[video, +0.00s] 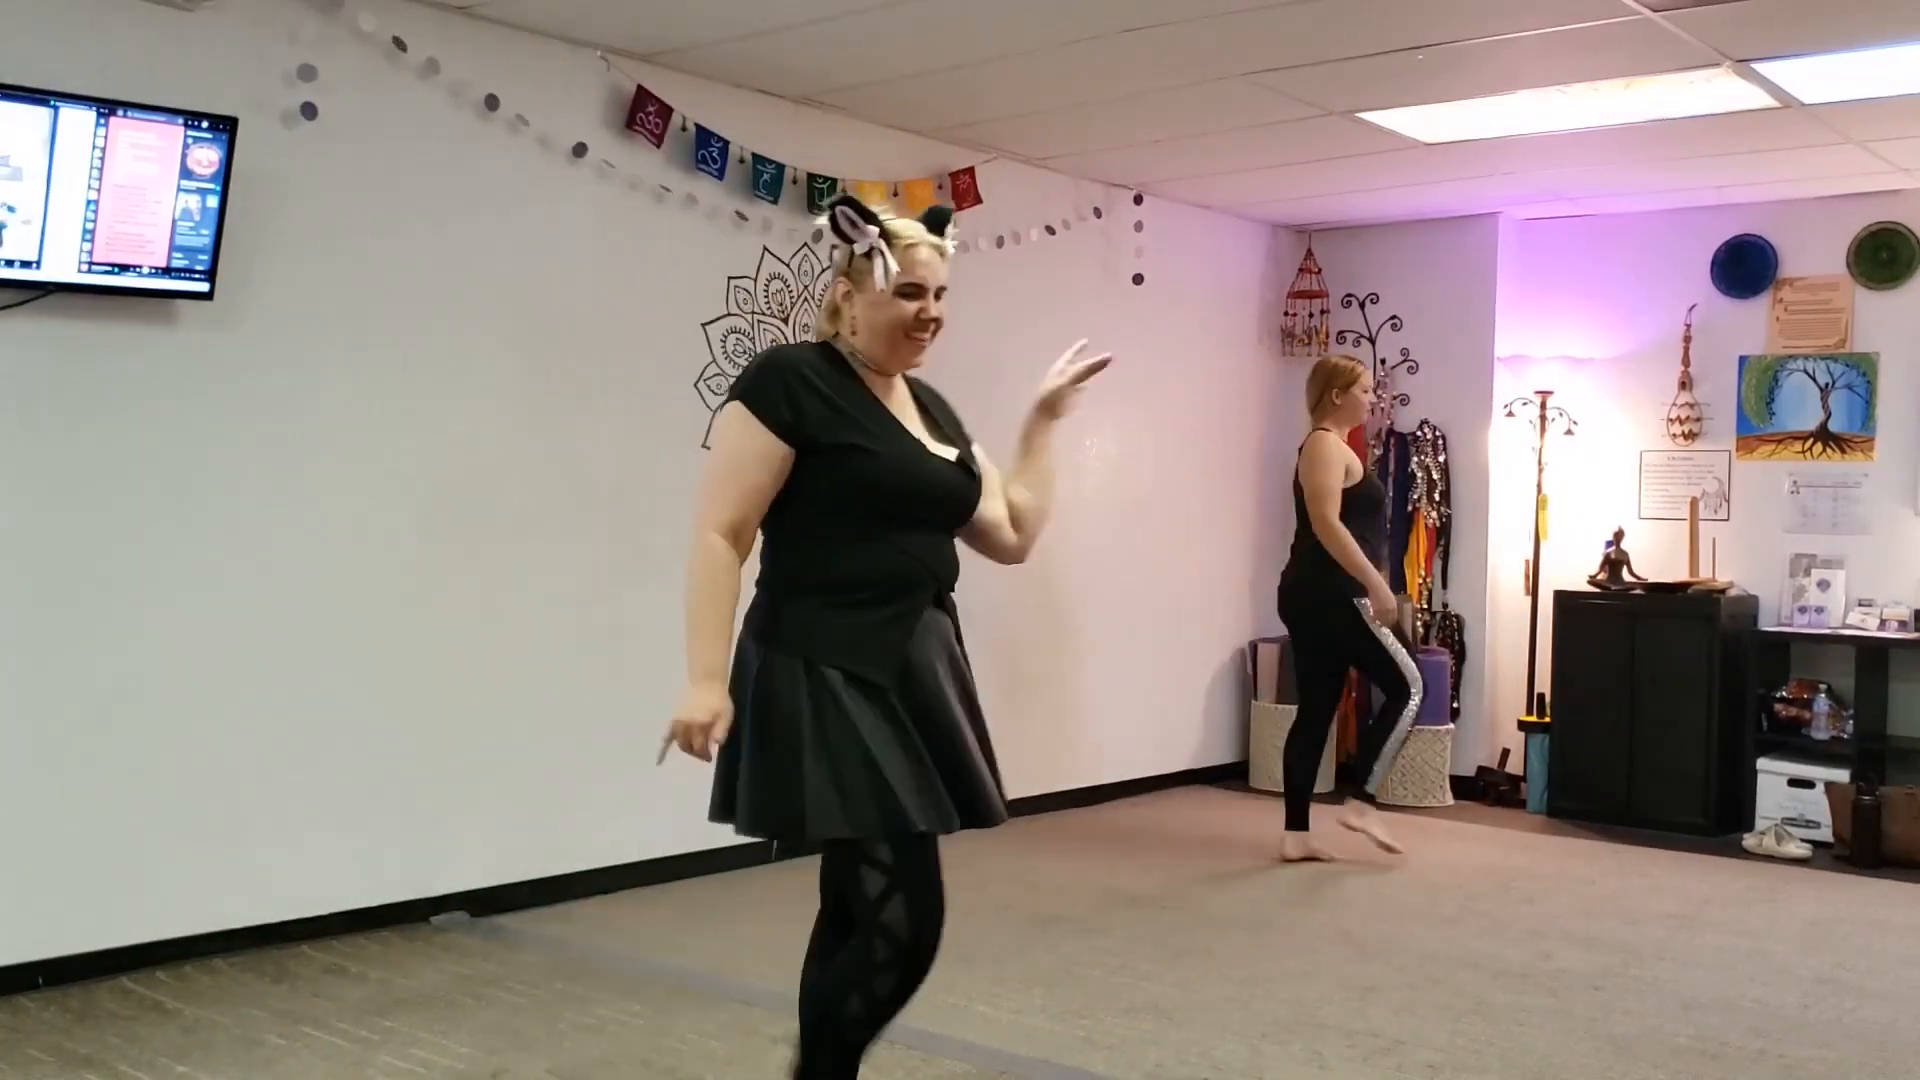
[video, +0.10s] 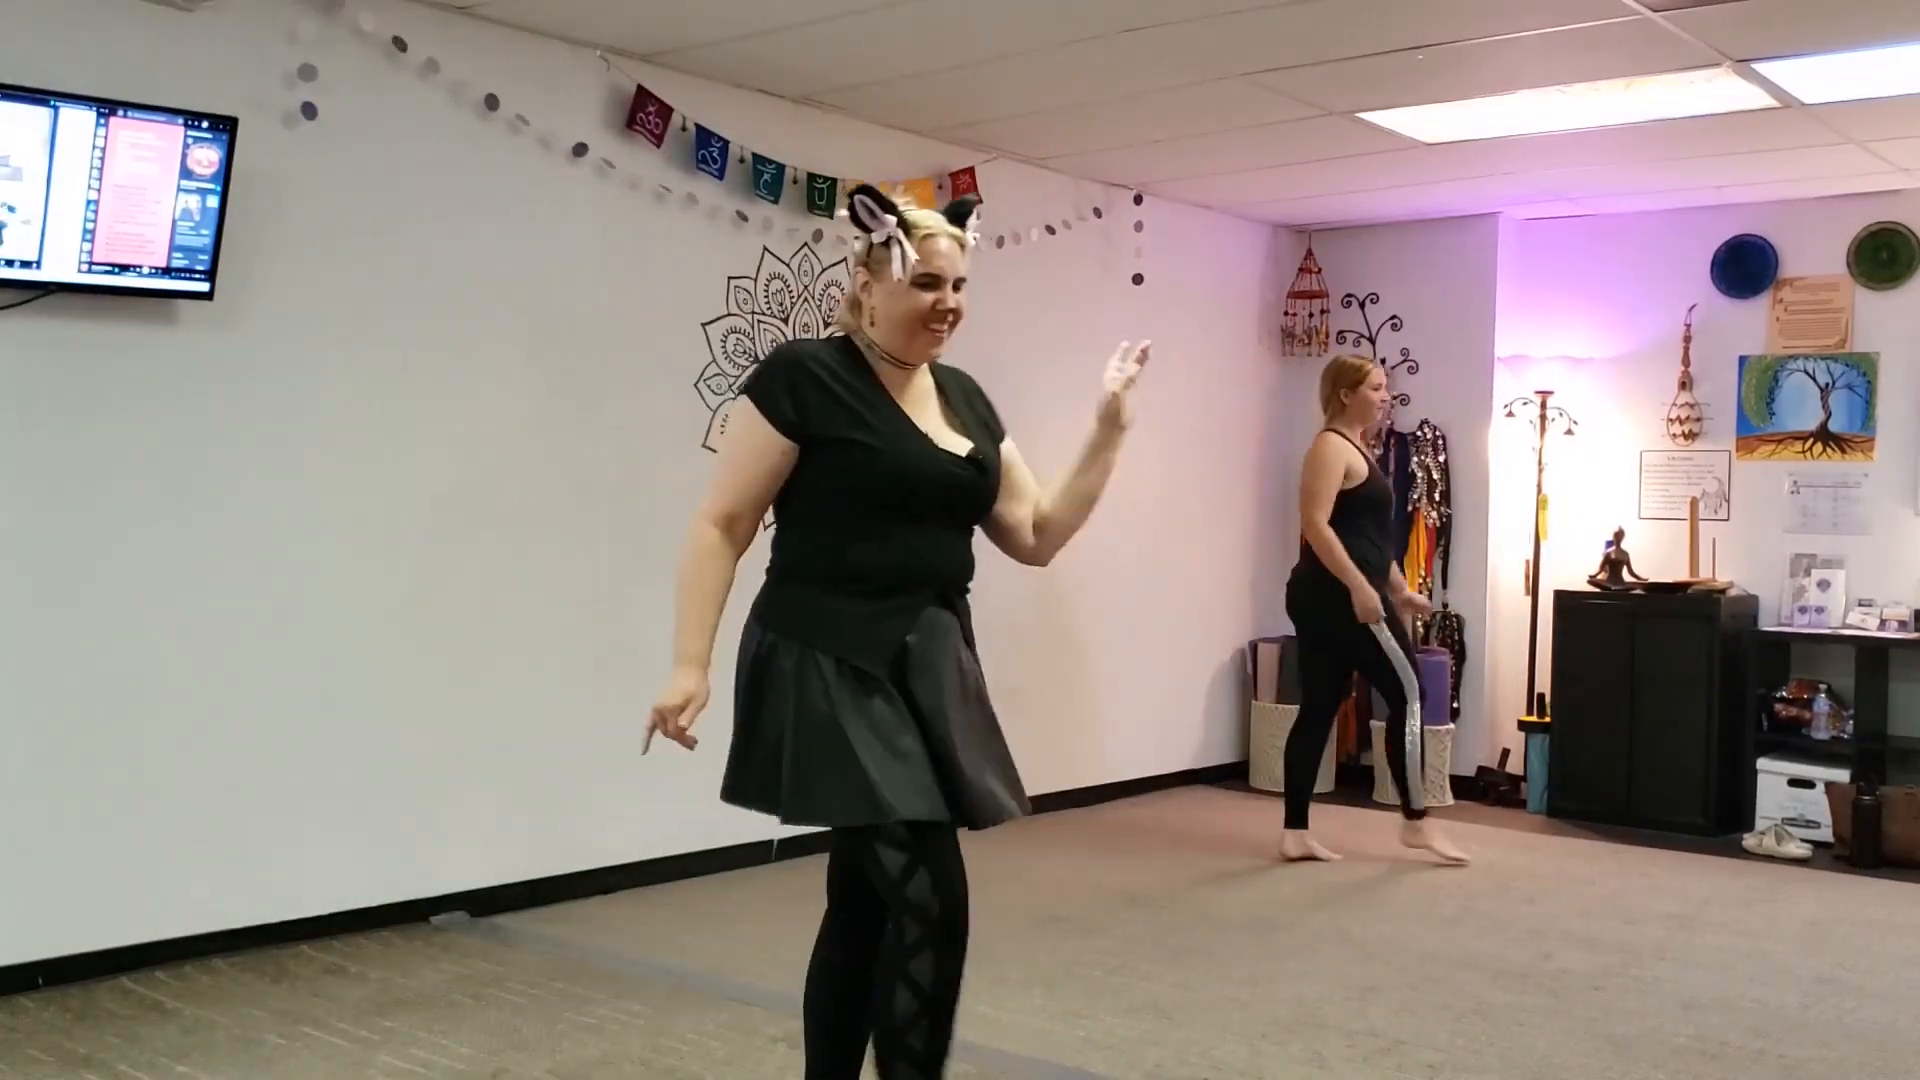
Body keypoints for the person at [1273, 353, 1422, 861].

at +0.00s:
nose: (1373, 399)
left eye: (1372, 391)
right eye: (1366, 391)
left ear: (1335, 397)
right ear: (1339, 396)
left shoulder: (1332, 446)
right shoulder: (1325, 445)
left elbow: (1336, 526)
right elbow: (1325, 523)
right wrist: (1375, 584)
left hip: (1312, 593)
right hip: (1329, 594)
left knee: (1315, 710)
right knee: (1409, 688)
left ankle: (1296, 834)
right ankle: (1362, 802)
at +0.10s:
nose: (1387, 396)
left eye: (1386, 388)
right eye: (1377, 388)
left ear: (1362, 397)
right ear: (1347, 395)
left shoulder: (1357, 452)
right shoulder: (1331, 446)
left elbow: (1368, 538)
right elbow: (1313, 523)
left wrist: (1401, 590)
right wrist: (1358, 585)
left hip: (1330, 593)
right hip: (1337, 592)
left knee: (1318, 706)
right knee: (1406, 691)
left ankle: (1295, 832)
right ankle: (1416, 820)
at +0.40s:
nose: (1427, 403)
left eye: (1427, 395)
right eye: (1417, 396)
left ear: (1408, 406)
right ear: (1388, 405)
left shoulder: (1421, 465)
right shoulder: (1374, 462)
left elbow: (1439, 553)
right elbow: (1334, 533)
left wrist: (1474, 610)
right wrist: (1321, 605)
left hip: (1392, 608)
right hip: (1387, 609)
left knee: (1342, 717)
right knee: (1421, 720)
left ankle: (1296, 826)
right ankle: (1450, 837)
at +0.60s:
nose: (1461, 397)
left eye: (1461, 389)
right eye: (1449, 390)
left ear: (1457, 401)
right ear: (1419, 401)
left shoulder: (1463, 458)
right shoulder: (1408, 462)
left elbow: (1473, 539)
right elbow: (1378, 541)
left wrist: (1496, 599)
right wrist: (1360, 613)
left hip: (1447, 600)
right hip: (1423, 601)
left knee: (1411, 712)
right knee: (1450, 714)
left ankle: (1323, 804)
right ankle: (1452, 839)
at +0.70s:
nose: (1474, 401)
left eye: (1476, 394)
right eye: (1463, 394)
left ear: (1475, 403)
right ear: (1434, 402)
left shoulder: (1469, 453)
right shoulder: (1423, 466)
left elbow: (1484, 534)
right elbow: (1399, 550)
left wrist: (1504, 592)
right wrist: (1385, 623)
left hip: (1468, 601)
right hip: (1439, 603)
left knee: (1455, 714)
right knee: (1460, 713)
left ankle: (1358, 784)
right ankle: (1453, 838)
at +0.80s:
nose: (1487, 404)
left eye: (1488, 395)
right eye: (1478, 395)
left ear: (1482, 403)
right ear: (1447, 402)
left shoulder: (1483, 458)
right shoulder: (1436, 467)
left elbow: (1497, 533)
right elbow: (1418, 555)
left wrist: (1510, 592)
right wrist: (1416, 636)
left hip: (1487, 603)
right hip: (1452, 603)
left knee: (1505, 711)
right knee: (1468, 716)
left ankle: (1398, 779)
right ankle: (1454, 839)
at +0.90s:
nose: (1500, 402)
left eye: (1502, 394)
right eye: (1491, 394)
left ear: (1500, 402)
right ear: (1461, 400)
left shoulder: (1492, 457)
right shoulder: (1447, 465)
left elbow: (1504, 535)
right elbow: (1438, 558)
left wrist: (1516, 593)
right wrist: (1451, 637)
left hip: (1504, 608)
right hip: (1467, 609)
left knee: (1542, 709)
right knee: (1465, 724)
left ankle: (1466, 758)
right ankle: (1453, 839)